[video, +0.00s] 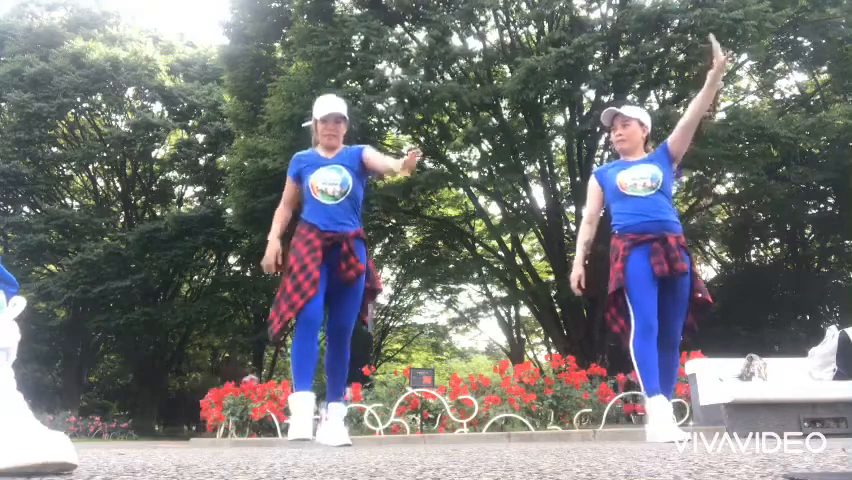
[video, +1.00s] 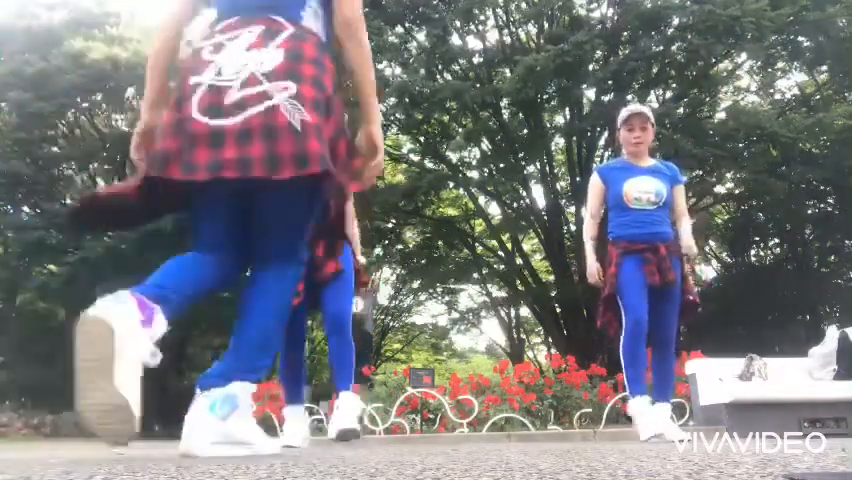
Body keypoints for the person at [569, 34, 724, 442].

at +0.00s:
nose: (618, 129)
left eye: (626, 123)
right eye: (614, 126)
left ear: (645, 129)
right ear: (611, 136)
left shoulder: (662, 158)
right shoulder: (603, 174)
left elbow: (692, 119)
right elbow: (589, 219)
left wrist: (714, 77)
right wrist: (579, 260)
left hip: (674, 246)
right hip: (635, 249)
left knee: (671, 334)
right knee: (646, 326)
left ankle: (664, 410)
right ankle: (655, 407)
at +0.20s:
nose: (620, 131)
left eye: (628, 124)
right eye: (615, 127)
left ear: (646, 131)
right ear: (611, 136)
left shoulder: (665, 157)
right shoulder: (605, 172)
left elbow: (696, 124)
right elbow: (591, 217)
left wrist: (717, 86)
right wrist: (584, 258)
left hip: (673, 243)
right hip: (634, 246)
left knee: (673, 331)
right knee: (647, 323)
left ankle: (664, 408)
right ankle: (653, 405)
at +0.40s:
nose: (630, 130)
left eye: (637, 124)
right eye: (623, 126)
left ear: (650, 131)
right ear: (616, 135)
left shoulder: (672, 168)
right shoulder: (605, 173)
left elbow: (689, 213)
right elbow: (595, 221)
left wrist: (703, 203)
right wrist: (590, 260)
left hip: (675, 250)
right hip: (636, 252)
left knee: (676, 337)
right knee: (646, 317)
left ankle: (662, 414)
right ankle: (650, 403)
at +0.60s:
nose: (633, 128)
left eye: (640, 122)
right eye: (627, 124)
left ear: (653, 128)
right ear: (618, 133)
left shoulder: (673, 167)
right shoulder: (606, 171)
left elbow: (688, 212)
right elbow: (594, 216)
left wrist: (691, 239)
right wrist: (590, 255)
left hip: (672, 251)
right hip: (631, 252)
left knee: (672, 334)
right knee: (642, 322)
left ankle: (665, 412)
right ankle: (651, 409)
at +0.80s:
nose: (634, 131)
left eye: (641, 125)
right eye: (627, 127)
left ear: (652, 131)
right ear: (618, 133)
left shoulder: (670, 170)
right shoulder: (605, 171)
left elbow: (686, 213)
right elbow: (592, 216)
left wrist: (691, 235)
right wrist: (589, 251)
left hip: (670, 253)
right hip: (630, 254)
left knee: (668, 333)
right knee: (639, 328)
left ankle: (664, 411)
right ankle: (649, 409)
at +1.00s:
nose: (636, 134)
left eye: (642, 128)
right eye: (629, 128)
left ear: (652, 133)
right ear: (619, 134)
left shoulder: (669, 171)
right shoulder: (605, 172)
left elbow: (682, 216)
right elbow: (591, 218)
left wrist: (687, 241)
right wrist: (590, 256)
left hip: (668, 254)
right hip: (628, 255)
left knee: (666, 331)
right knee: (636, 321)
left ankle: (664, 408)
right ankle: (638, 400)